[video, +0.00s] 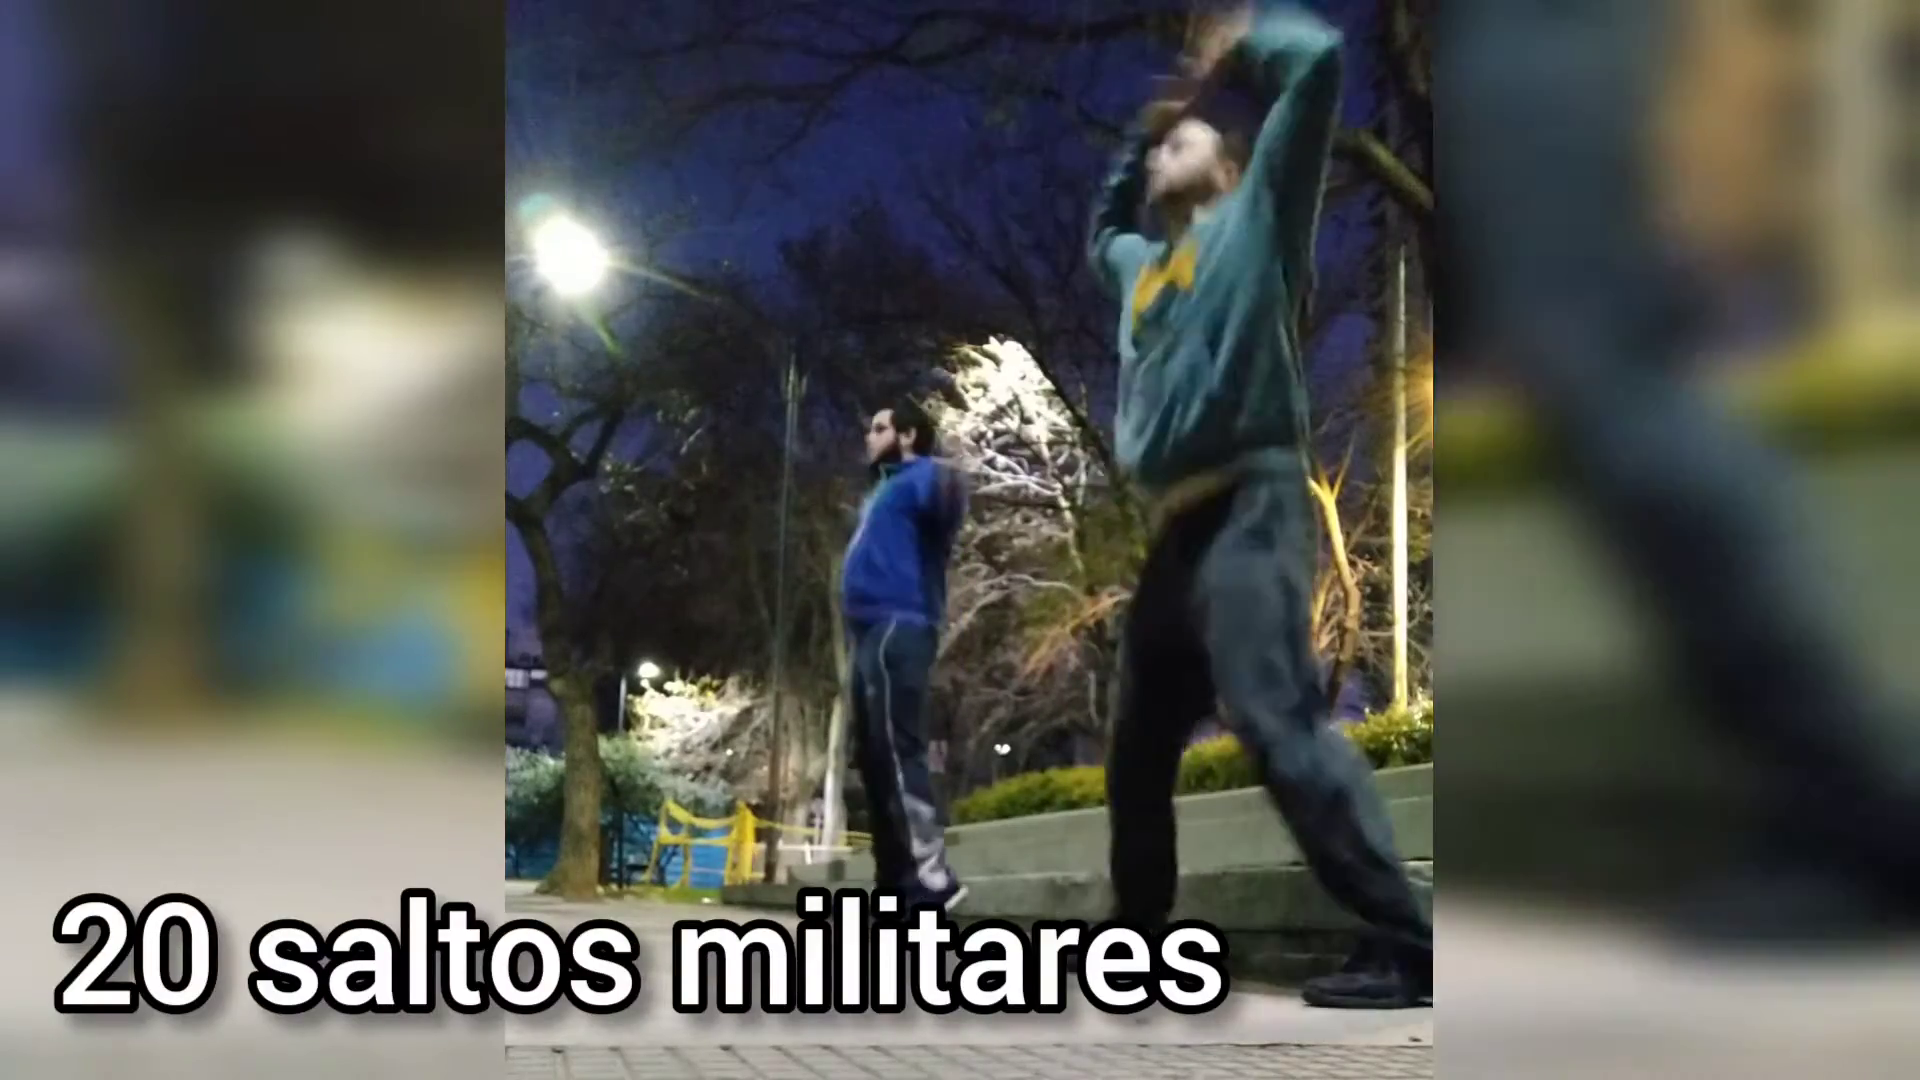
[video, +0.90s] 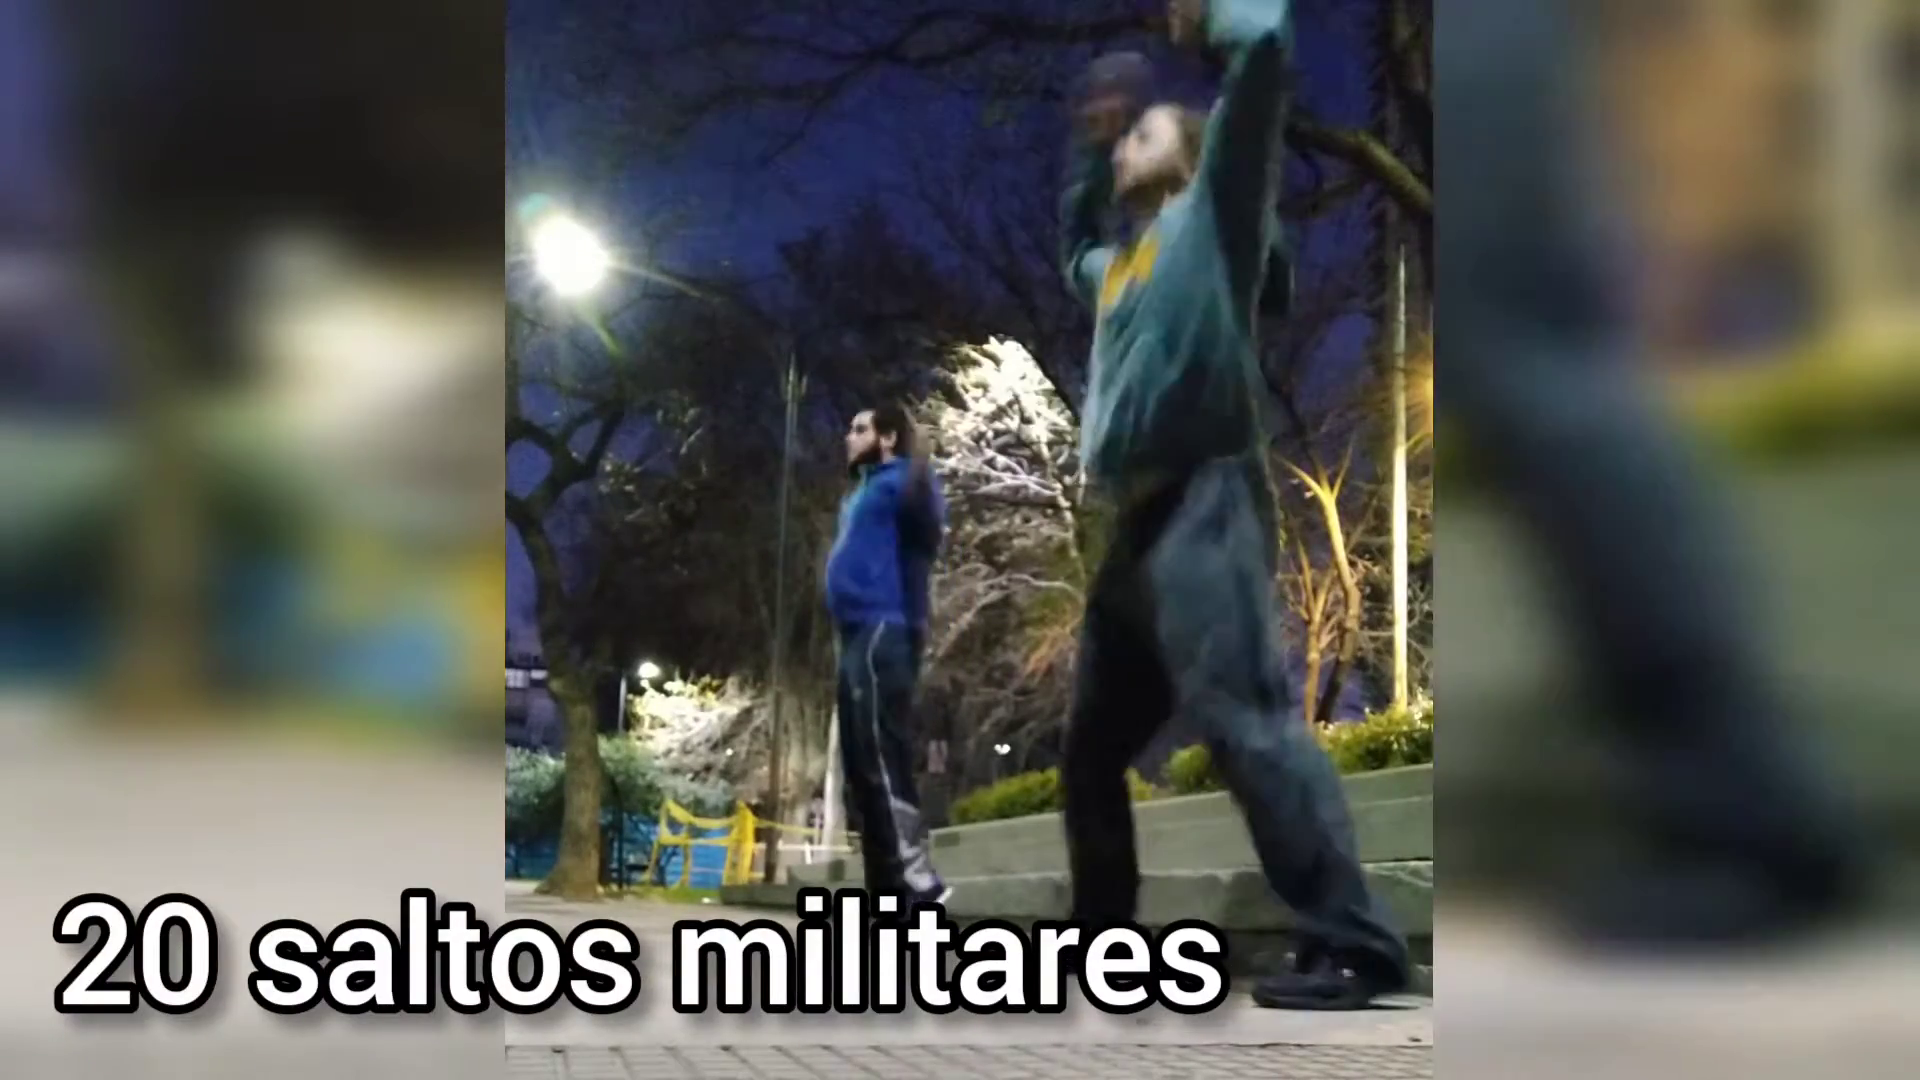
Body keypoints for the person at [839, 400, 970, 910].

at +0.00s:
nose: (868, 437)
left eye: (878, 429)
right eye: (870, 429)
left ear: (907, 436)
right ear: (895, 438)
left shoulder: (922, 475)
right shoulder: (882, 488)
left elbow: (941, 501)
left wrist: (946, 475)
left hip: (901, 623)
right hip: (869, 625)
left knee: (896, 748)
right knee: (872, 755)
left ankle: (930, 879)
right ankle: (894, 880)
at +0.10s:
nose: (871, 436)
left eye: (881, 427)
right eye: (870, 429)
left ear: (910, 435)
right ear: (883, 444)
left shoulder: (925, 480)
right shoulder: (877, 489)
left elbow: (950, 436)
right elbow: (861, 493)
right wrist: (870, 453)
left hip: (901, 619)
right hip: (864, 623)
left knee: (896, 745)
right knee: (867, 757)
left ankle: (931, 873)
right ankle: (887, 877)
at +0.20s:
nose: (869, 461)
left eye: (878, 451)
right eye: (872, 451)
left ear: (903, 456)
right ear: (887, 461)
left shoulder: (924, 501)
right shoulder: (878, 511)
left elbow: (933, 435)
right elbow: (855, 500)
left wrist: (919, 382)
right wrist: (874, 450)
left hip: (904, 642)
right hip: (867, 647)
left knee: (889, 768)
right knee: (868, 774)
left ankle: (921, 886)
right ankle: (891, 883)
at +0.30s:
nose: (858, 487)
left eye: (867, 478)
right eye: (858, 479)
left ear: (893, 479)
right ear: (868, 487)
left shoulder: (920, 515)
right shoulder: (869, 538)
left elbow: (922, 442)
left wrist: (905, 414)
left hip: (903, 660)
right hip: (863, 666)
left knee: (887, 792)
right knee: (853, 801)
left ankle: (930, 902)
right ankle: (888, 898)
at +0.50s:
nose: (858, 439)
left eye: (867, 430)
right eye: (859, 431)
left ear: (897, 438)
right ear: (881, 440)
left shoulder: (914, 474)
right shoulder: (878, 488)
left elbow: (955, 456)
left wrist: (959, 408)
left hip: (894, 623)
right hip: (866, 624)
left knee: (886, 754)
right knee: (863, 760)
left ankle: (919, 885)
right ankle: (889, 884)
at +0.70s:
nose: (849, 478)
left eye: (858, 470)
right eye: (850, 469)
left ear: (886, 477)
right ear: (877, 478)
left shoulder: (908, 521)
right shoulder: (872, 527)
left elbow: (930, 586)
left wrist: (925, 657)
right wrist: (854, 669)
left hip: (894, 671)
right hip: (863, 674)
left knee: (868, 795)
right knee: (851, 798)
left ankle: (909, 896)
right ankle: (895, 893)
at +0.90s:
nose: (848, 438)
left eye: (858, 430)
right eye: (849, 430)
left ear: (886, 438)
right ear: (862, 442)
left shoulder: (901, 480)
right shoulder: (858, 492)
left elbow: (922, 514)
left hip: (885, 625)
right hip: (852, 628)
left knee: (880, 749)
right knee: (858, 758)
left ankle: (915, 877)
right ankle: (883, 882)